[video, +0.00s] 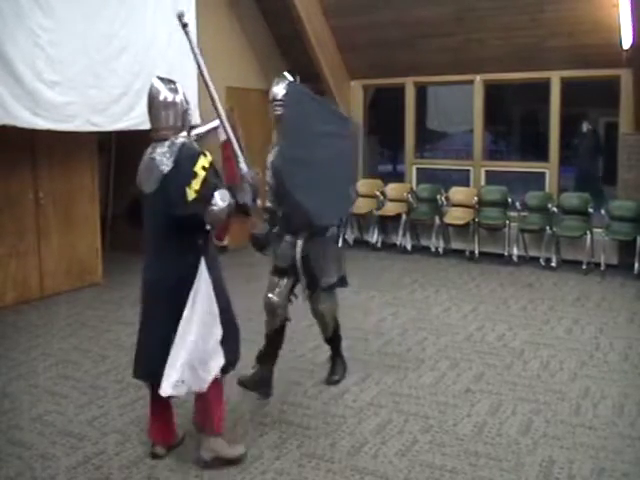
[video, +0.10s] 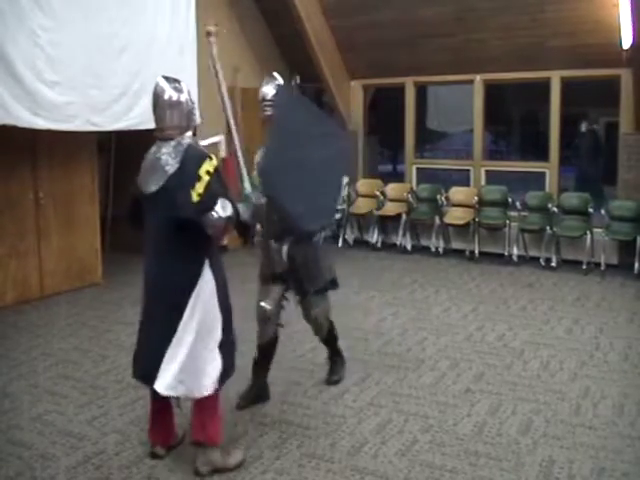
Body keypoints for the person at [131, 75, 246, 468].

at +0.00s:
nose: (189, 114)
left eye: (183, 109)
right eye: (186, 109)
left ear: (152, 117)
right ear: (184, 114)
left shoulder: (150, 157)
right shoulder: (190, 156)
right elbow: (217, 211)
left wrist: (203, 138)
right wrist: (227, 196)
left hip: (159, 267)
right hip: (194, 267)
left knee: (160, 348)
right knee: (210, 344)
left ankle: (162, 435)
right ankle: (212, 438)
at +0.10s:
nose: (194, 116)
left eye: (189, 111)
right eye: (191, 111)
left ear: (156, 117)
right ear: (189, 114)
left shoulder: (151, 159)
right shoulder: (195, 159)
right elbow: (216, 221)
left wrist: (201, 152)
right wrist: (229, 206)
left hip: (161, 269)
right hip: (197, 271)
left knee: (163, 347)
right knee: (209, 349)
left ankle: (161, 436)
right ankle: (209, 447)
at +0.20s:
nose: (200, 119)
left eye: (191, 114)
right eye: (199, 114)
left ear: (161, 120)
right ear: (196, 119)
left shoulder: (153, 160)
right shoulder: (203, 161)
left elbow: (141, 215)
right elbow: (221, 223)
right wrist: (239, 211)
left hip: (165, 268)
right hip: (202, 270)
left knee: (167, 346)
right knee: (208, 350)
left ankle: (162, 436)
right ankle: (209, 449)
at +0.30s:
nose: (201, 118)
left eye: (190, 114)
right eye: (203, 112)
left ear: (169, 117)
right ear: (205, 117)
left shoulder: (158, 160)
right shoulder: (209, 161)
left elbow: (146, 214)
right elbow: (223, 224)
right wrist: (246, 222)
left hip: (168, 269)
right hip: (203, 273)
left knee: (172, 348)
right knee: (208, 354)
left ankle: (163, 435)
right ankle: (209, 449)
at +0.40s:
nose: (207, 116)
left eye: (198, 110)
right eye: (209, 110)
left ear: (176, 115)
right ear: (212, 115)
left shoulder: (163, 160)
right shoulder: (216, 162)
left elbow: (149, 214)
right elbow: (227, 226)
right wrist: (246, 224)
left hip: (172, 270)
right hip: (208, 274)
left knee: (178, 349)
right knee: (210, 355)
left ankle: (166, 435)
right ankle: (208, 450)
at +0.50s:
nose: (218, 119)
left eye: (213, 113)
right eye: (218, 113)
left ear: (183, 116)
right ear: (218, 118)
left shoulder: (168, 160)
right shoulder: (221, 162)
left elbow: (154, 216)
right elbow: (234, 225)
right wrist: (257, 240)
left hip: (177, 269)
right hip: (213, 274)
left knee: (188, 348)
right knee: (214, 354)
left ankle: (177, 427)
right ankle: (208, 448)